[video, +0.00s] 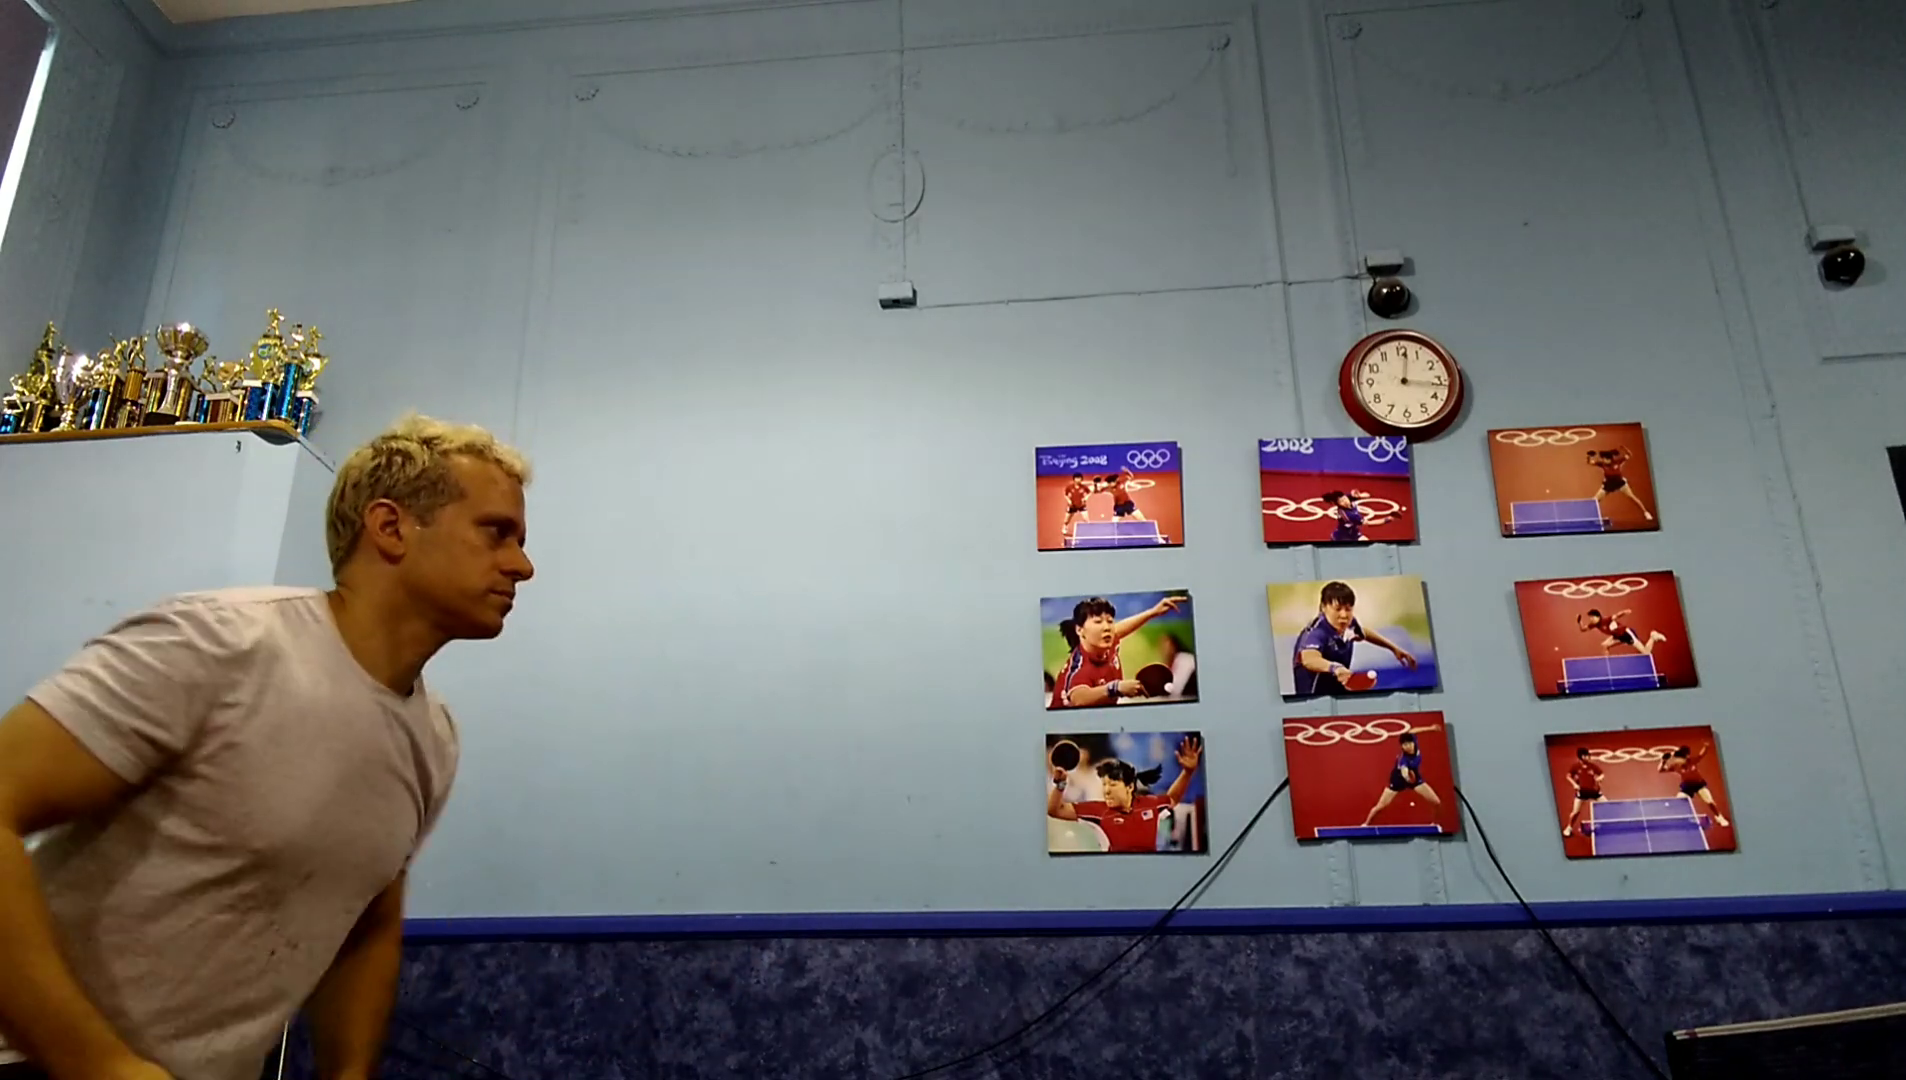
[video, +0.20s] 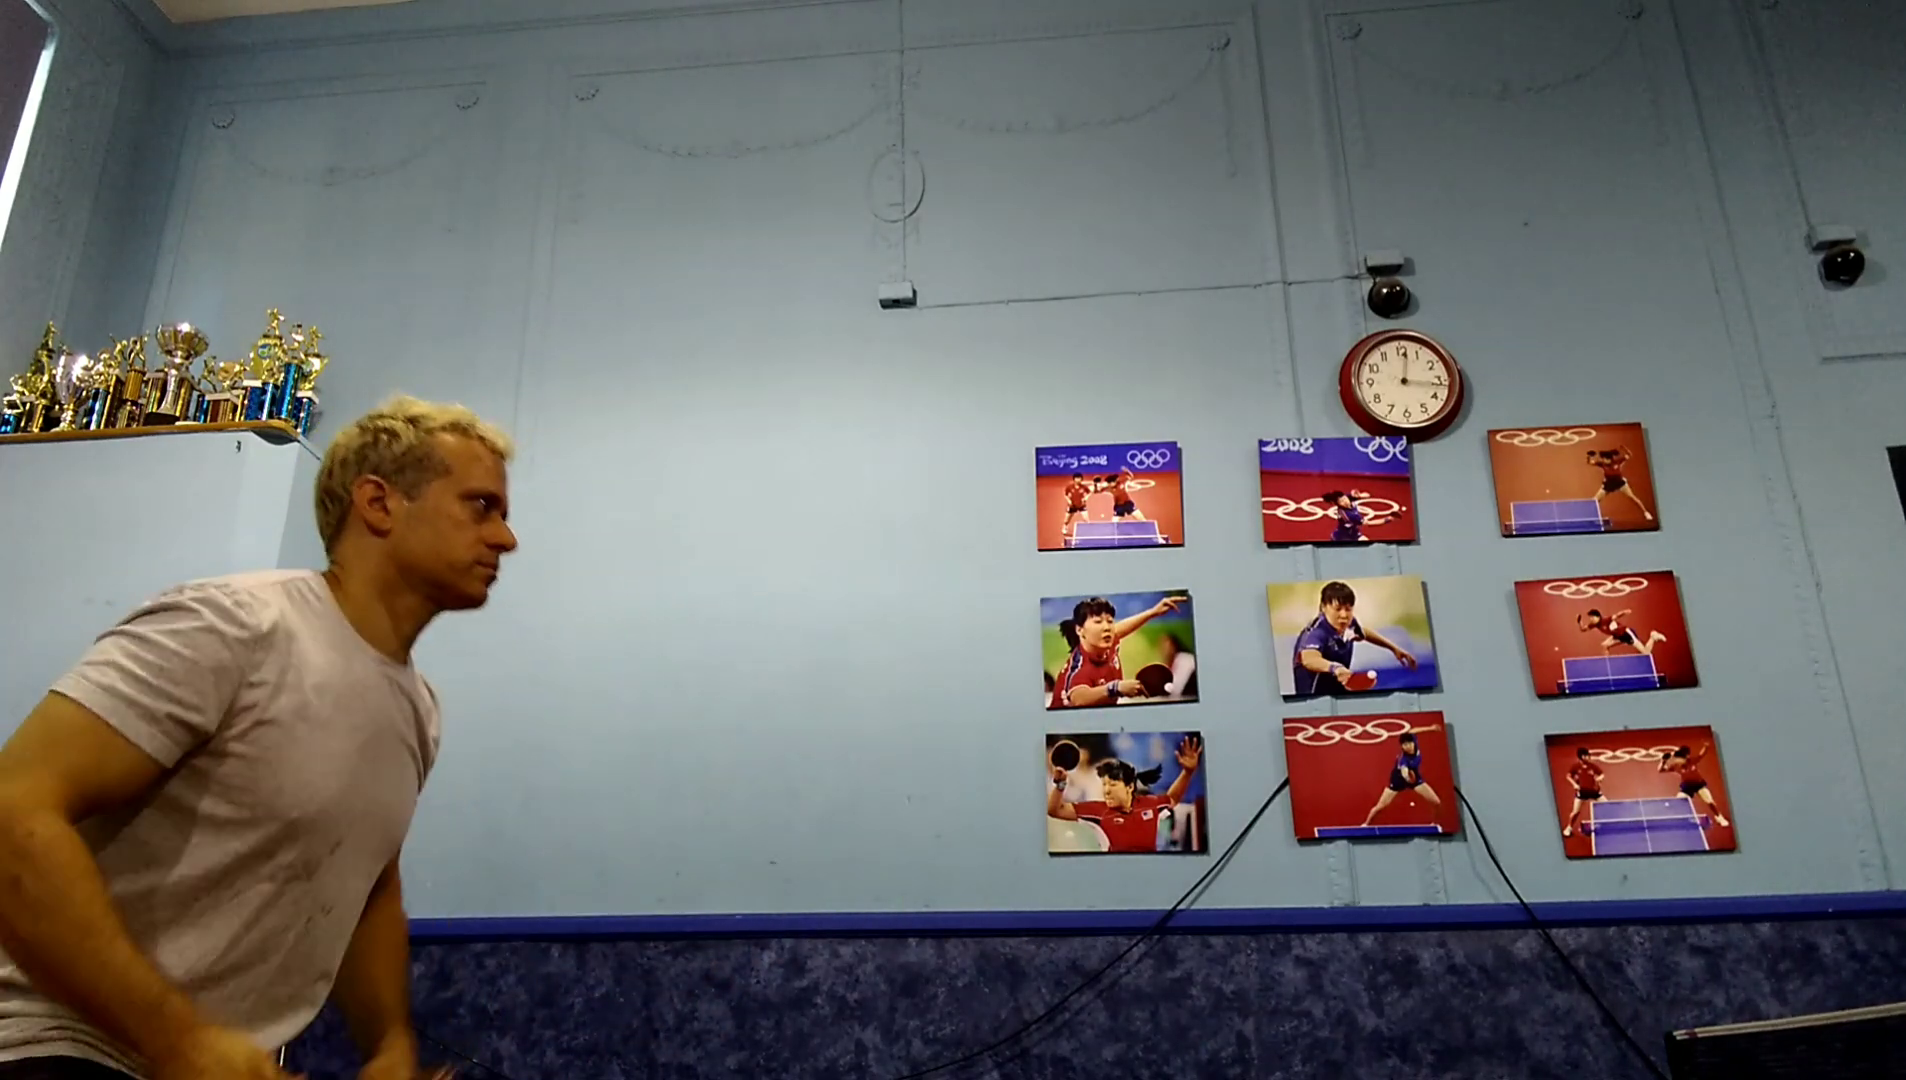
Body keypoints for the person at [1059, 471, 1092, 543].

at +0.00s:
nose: (1078, 481)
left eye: (1079, 479)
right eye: (1077, 479)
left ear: (1081, 480)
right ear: (1074, 480)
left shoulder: (1083, 487)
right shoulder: (1070, 487)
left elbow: (1090, 492)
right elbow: (1065, 494)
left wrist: (1085, 498)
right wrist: (1068, 501)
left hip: (1081, 505)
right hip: (1072, 505)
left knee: (1086, 519)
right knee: (1066, 520)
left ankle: (1090, 531)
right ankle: (1064, 529)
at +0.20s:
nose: (1078, 481)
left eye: (1079, 479)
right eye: (1077, 479)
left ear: (1081, 480)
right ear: (1074, 479)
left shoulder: (1083, 487)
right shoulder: (1070, 487)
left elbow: (1090, 492)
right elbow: (1065, 494)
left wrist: (1085, 498)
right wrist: (1068, 501)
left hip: (1081, 505)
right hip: (1072, 505)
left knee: (1086, 519)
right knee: (1066, 520)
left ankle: (1090, 531)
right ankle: (1064, 529)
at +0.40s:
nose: (1078, 481)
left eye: (1079, 479)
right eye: (1077, 479)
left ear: (1081, 480)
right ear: (1074, 480)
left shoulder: (1083, 487)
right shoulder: (1070, 487)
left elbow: (1089, 492)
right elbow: (1065, 494)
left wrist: (1085, 498)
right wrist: (1068, 501)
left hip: (1081, 505)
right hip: (1072, 505)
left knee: (1086, 519)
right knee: (1066, 520)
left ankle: (1089, 530)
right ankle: (1064, 528)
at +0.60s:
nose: (1078, 481)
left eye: (1079, 479)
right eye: (1077, 479)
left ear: (1081, 480)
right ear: (1074, 479)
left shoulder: (1083, 487)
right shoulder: (1070, 487)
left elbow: (1090, 492)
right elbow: (1065, 494)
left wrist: (1085, 498)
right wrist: (1069, 501)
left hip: (1081, 505)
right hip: (1073, 505)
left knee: (1086, 519)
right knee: (1066, 520)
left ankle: (1090, 531)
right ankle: (1064, 529)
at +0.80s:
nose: (1078, 481)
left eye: (1079, 479)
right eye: (1077, 479)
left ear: (1081, 480)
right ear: (1074, 479)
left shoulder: (1083, 487)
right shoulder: (1070, 487)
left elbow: (1089, 492)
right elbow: (1065, 494)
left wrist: (1085, 498)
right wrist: (1069, 501)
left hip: (1081, 505)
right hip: (1073, 505)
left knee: (1086, 519)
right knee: (1066, 520)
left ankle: (1090, 531)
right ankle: (1064, 529)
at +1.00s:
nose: (1078, 481)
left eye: (1079, 479)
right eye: (1077, 479)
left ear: (1081, 480)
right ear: (1074, 480)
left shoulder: (1083, 487)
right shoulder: (1070, 487)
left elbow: (1089, 492)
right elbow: (1065, 494)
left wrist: (1085, 498)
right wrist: (1068, 501)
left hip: (1081, 505)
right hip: (1073, 505)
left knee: (1086, 519)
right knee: (1066, 520)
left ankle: (1090, 531)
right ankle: (1064, 529)